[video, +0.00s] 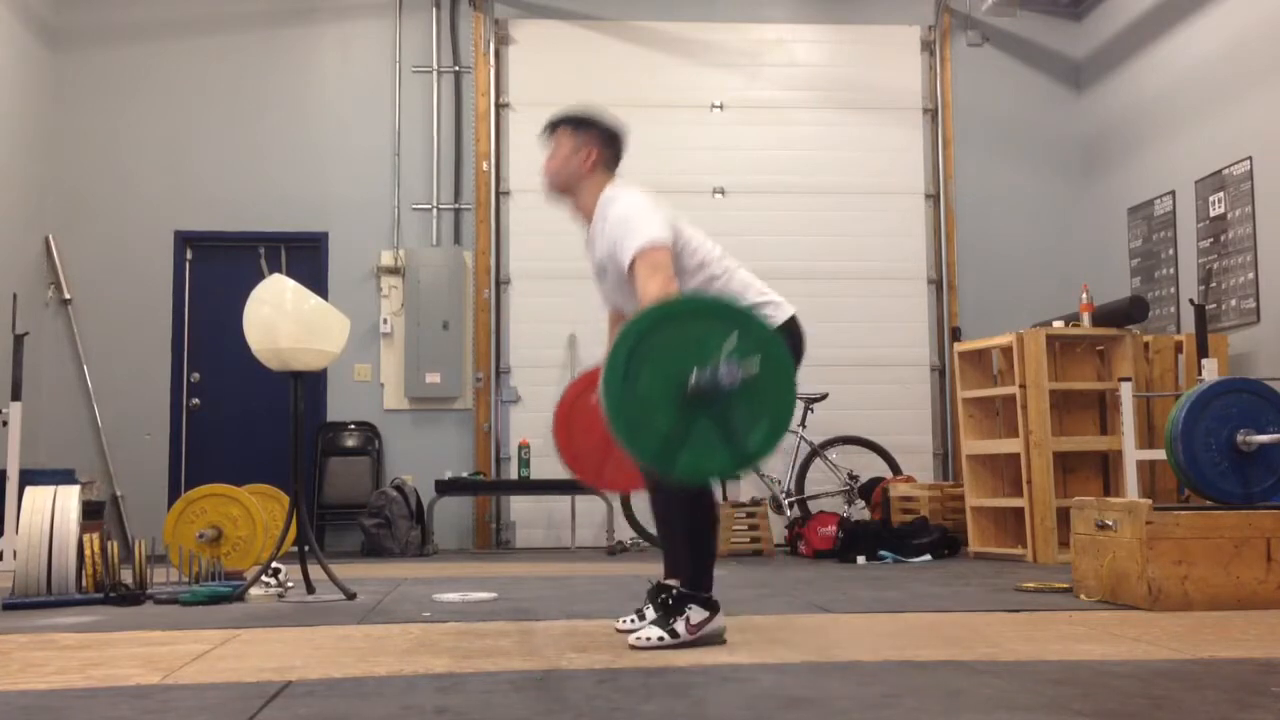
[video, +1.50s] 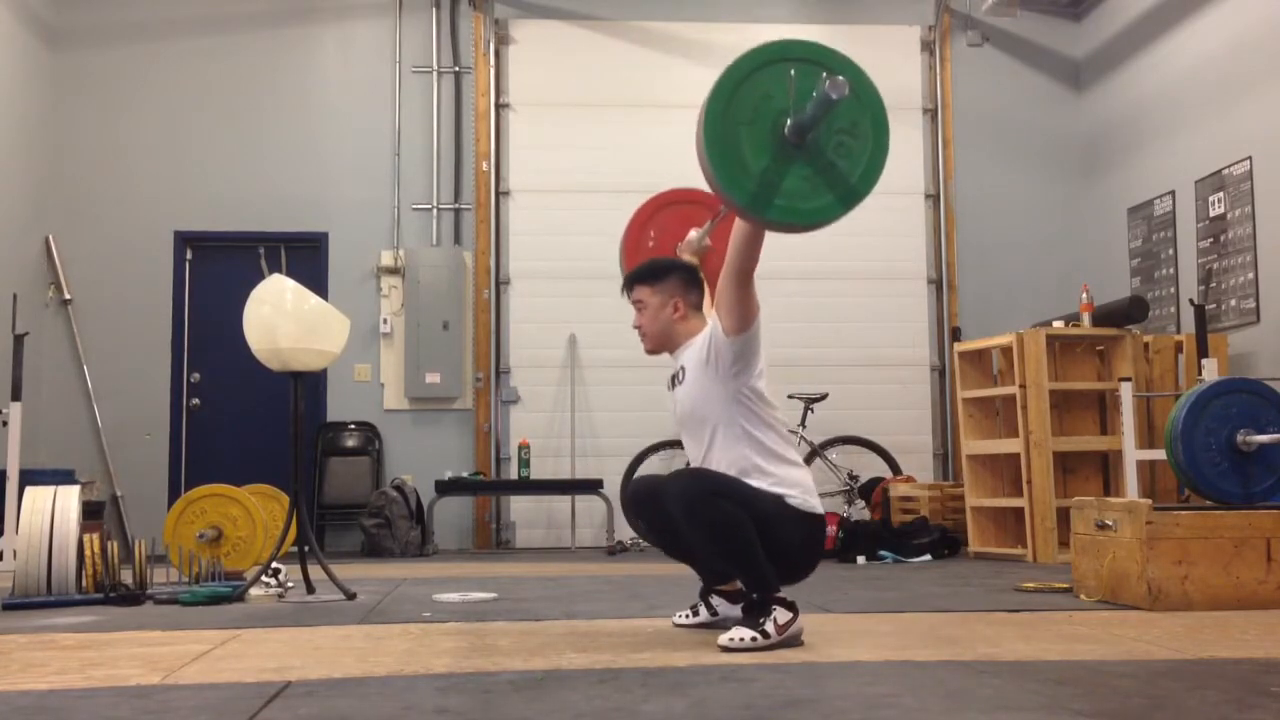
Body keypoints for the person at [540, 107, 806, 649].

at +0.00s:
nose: (546, 159)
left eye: (556, 146)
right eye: (549, 148)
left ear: (590, 154)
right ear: (586, 157)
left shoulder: (627, 209)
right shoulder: (600, 230)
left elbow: (661, 291)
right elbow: (620, 318)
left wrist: (649, 380)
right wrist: (615, 395)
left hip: (761, 333)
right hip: (727, 339)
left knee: (684, 455)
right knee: (660, 452)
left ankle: (697, 604)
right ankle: (676, 592)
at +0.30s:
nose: (755, 49)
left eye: (769, 40)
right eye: (759, 38)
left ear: (798, 55)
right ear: (782, 51)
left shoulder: (787, 110)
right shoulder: (754, 112)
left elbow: (719, 184)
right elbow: (694, 193)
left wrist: (647, 257)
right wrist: (645, 257)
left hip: (710, 285)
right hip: (686, 282)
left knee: (676, 423)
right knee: (663, 423)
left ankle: (695, 583)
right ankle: (684, 572)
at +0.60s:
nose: (656, 263)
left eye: (668, 250)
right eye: (659, 250)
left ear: (701, 258)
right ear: (688, 262)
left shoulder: (728, 312)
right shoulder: (698, 323)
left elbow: (737, 242)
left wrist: (733, 165)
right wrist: (678, 216)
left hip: (788, 503)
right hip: (738, 496)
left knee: (693, 491)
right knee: (641, 496)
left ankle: (773, 609)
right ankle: (726, 592)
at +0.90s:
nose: (634, 327)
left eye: (639, 312)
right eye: (633, 314)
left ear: (674, 314)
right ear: (674, 315)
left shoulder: (724, 354)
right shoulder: (689, 367)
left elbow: (737, 283)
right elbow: (704, 303)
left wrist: (754, 204)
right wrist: (697, 255)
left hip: (793, 534)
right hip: (751, 529)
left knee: (678, 492)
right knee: (642, 494)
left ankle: (771, 608)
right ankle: (729, 595)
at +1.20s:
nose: (633, 301)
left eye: (639, 286)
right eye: (632, 288)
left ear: (675, 286)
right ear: (674, 289)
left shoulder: (727, 326)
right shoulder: (687, 343)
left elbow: (744, 249)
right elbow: (704, 287)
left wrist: (767, 163)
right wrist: (701, 235)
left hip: (803, 505)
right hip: (748, 503)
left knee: (697, 483)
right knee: (649, 487)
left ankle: (773, 608)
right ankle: (730, 593)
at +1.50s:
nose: (635, 321)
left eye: (641, 307)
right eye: (634, 309)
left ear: (677, 307)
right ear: (677, 309)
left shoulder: (726, 349)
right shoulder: (688, 364)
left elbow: (739, 275)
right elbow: (694, 307)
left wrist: (765, 188)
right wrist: (690, 257)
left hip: (794, 529)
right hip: (744, 527)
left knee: (690, 488)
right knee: (642, 495)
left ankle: (773, 607)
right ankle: (727, 594)